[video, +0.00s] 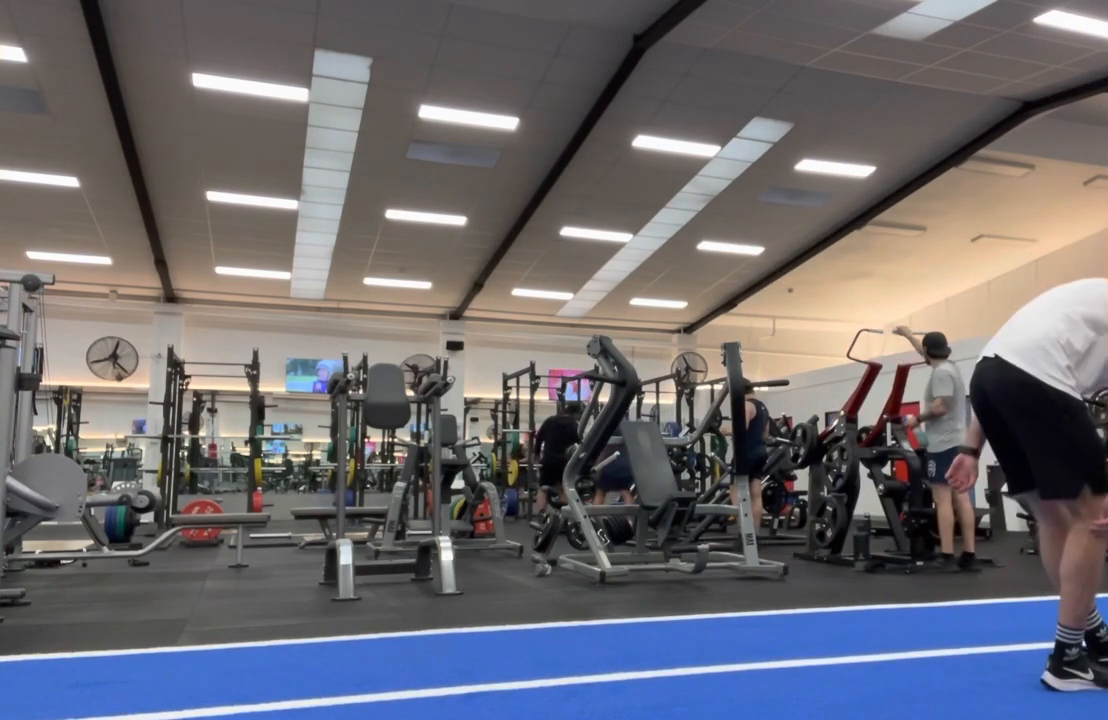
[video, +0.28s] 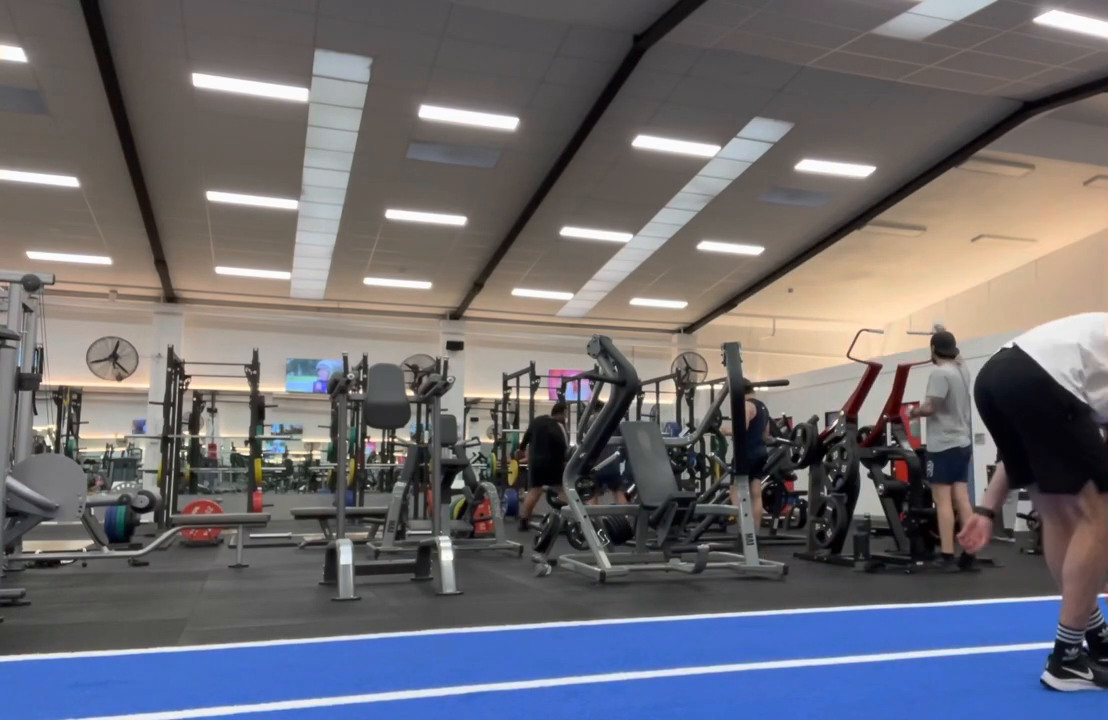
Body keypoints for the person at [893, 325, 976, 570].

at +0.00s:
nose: (923, 352)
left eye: (924, 349)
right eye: (925, 349)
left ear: (926, 353)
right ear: (946, 349)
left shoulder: (941, 372)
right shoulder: (951, 368)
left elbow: (941, 407)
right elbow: (925, 352)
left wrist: (917, 418)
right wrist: (907, 334)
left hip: (940, 447)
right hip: (956, 443)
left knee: (942, 500)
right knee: (962, 498)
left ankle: (947, 554)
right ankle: (969, 553)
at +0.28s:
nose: (931, 353)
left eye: (931, 350)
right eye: (934, 349)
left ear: (933, 351)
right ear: (954, 350)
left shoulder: (939, 374)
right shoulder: (961, 371)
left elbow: (932, 406)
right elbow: (956, 353)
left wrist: (915, 411)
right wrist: (943, 336)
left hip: (942, 446)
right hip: (962, 443)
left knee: (943, 501)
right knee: (962, 498)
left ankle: (947, 554)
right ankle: (970, 550)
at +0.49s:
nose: (933, 354)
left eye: (933, 350)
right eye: (934, 350)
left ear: (936, 351)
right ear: (957, 351)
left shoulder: (937, 374)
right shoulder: (969, 374)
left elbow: (925, 403)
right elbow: (960, 401)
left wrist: (916, 401)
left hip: (942, 446)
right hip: (964, 445)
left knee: (943, 502)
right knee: (962, 500)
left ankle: (947, 554)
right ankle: (969, 552)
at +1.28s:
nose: (935, 352)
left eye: (935, 349)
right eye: (937, 348)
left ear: (937, 351)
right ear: (958, 351)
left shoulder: (938, 374)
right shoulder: (970, 378)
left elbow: (920, 402)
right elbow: (974, 409)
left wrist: (933, 373)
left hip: (940, 447)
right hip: (964, 445)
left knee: (941, 501)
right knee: (962, 499)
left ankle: (947, 555)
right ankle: (969, 553)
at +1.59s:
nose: (933, 352)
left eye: (934, 348)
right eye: (936, 348)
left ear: (936, 350)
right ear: (957, 350)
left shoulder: (939, 374)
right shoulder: (965, 375)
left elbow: (928, 405)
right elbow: (958, 404)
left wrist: (920, 405)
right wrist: (927, 405)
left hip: (940, 447)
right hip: (962, 446)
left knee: (941, 502)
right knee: (962, 500)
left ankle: (947, 554)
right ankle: (969, 553)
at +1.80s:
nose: (931, 351)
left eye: (933, 348)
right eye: (933, 348)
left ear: (937, 351)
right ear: (954, 351)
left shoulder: (941, 374)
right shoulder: (962, 372)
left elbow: (933, 408)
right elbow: (948, 350)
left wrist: (918, 410)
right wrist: (928, 336)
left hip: (941, 447)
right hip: (961, 445)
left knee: (941, 501)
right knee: (962, 498)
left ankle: (947, 555)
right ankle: (969, 553)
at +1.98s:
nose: (932, 351)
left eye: (933, 349)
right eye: (932, 348)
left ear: (938, 352)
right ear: (955, 351)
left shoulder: (943, 374)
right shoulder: (960, 372)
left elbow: (935, 409)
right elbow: (937, 355)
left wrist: (917, 411)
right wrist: (925, 334)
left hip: (942, 447)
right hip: (961, 444)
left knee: (941, 501)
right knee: (962, 498)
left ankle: (946, 555)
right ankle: (969, 552)